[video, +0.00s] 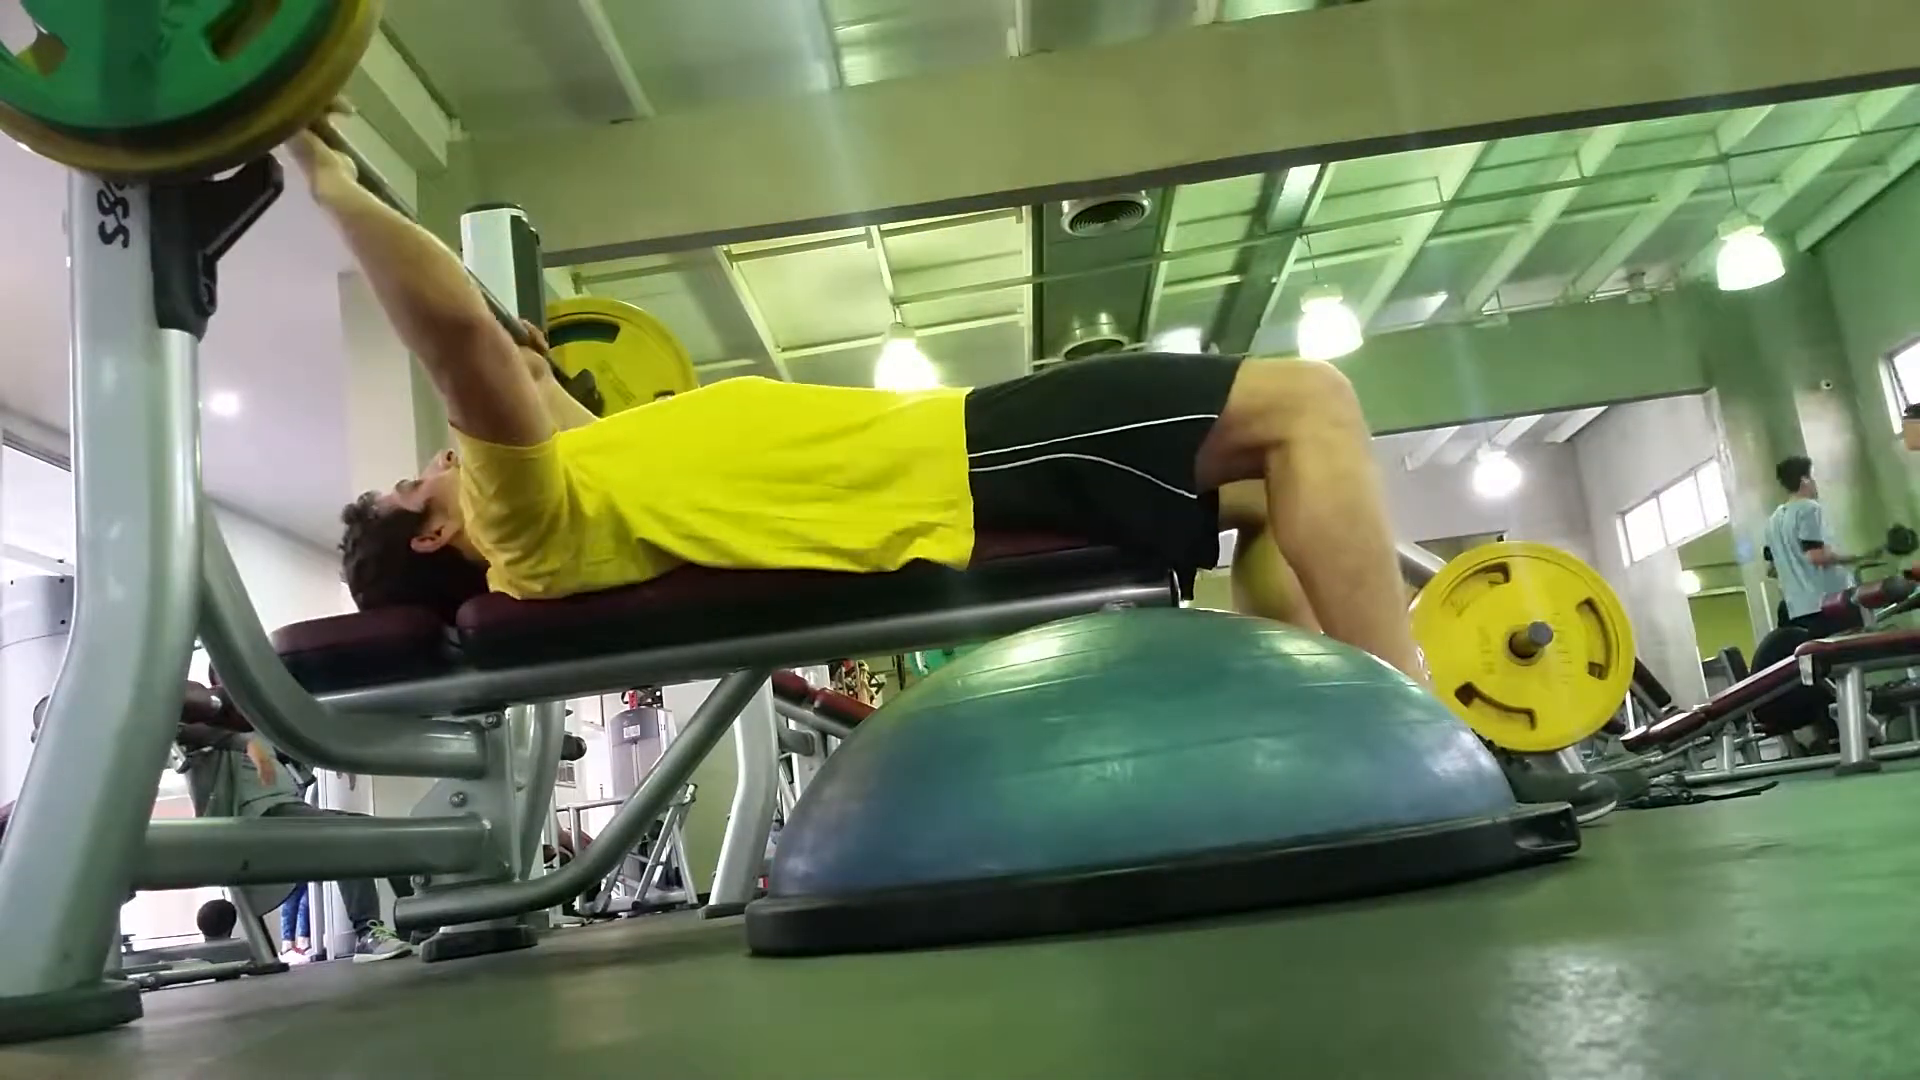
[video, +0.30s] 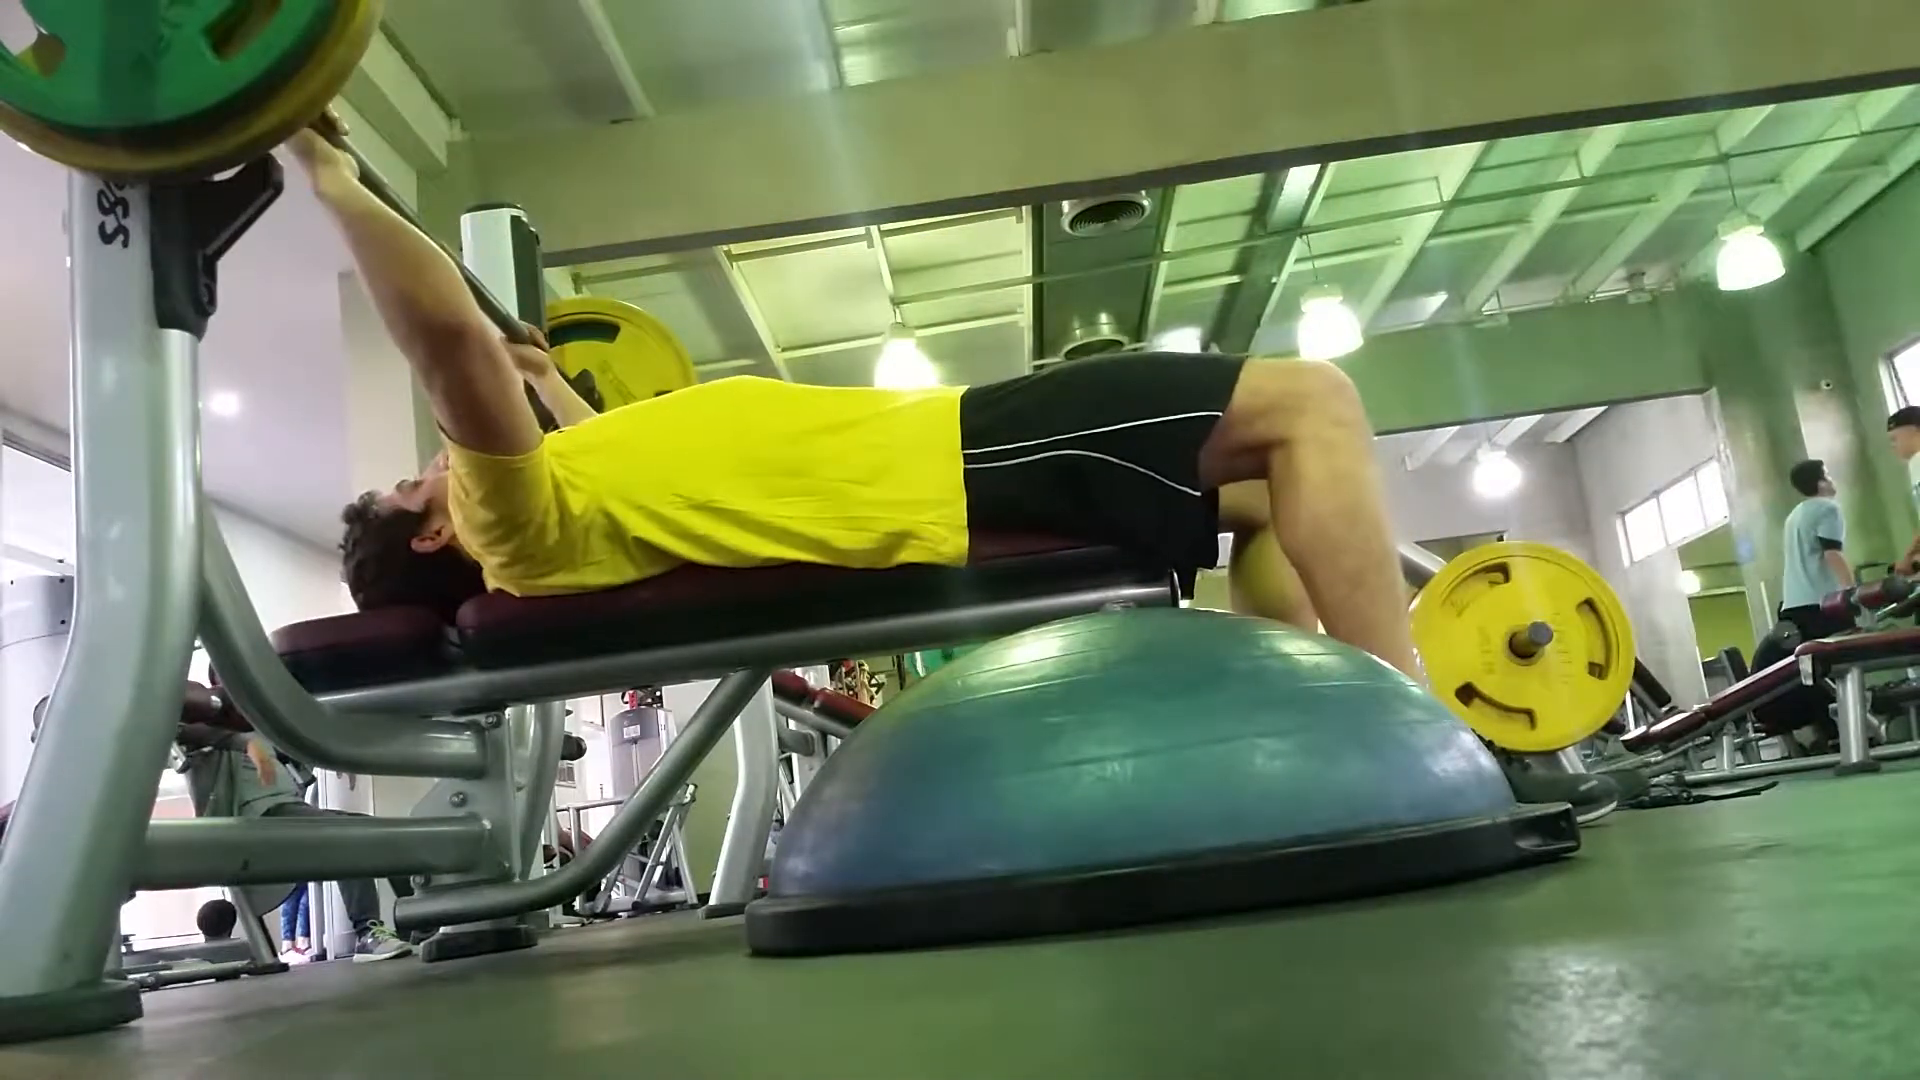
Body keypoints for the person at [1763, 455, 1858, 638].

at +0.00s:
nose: (1815, 482)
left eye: (1813, 476)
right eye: (1812, 477)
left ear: (1787, 484)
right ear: (1803, 481)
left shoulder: (1774, 520)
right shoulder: (1809, 508)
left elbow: (1772, 567)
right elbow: (1815, 554)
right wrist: (1856, 558)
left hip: (1799, 612)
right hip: (1831, 606)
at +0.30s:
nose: (1831, 479)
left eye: (1827, 474)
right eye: (1826, 475)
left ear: (1804, 487)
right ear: (1820, 482)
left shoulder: (1794, 515)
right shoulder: (1827, 507)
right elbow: (1832, 554)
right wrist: (1852, 592)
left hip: (1792, 608)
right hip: (1822, 606)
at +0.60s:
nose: (1835, 473)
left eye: (1830, 469)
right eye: (1829, 470)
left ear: (1806, 483)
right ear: (1822, 478)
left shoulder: (1793, 509)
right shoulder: (1833, 504)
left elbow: (1785, 549)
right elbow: (1838, 550)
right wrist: (1851, 592)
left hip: (1799, 602)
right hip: (1829, 599)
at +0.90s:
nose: (1824, 476)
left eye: (1820, 472)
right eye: (1819, 473)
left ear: (1796, 486)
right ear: (1813, 479)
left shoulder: (1782, 517)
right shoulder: (1825, 508)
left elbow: (1777, 566)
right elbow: (1825, 558)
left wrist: (1792, 593)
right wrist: (1847, 594)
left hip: (1795, 607)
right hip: (1825, 603)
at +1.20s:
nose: (1816, 480)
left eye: (1812, 475)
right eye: (1811, 476)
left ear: (1788, 487)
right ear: (1804, 482)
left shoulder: (1779, 517)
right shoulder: (1812, 508)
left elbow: (1776, 558)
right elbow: (1819, 558)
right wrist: (1842, 592)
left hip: (1792, 606)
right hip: (1819, 602)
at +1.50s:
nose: (1825, 477)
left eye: (1820, 472)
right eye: (1819, 473)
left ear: (1798, 485)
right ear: (1814, 479)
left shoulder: (1785, 514)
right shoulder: (1823, 506)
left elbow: (1782, 558)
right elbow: (1826, 555)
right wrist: (1846, 595)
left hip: (1794, 607)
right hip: (1822, 604)